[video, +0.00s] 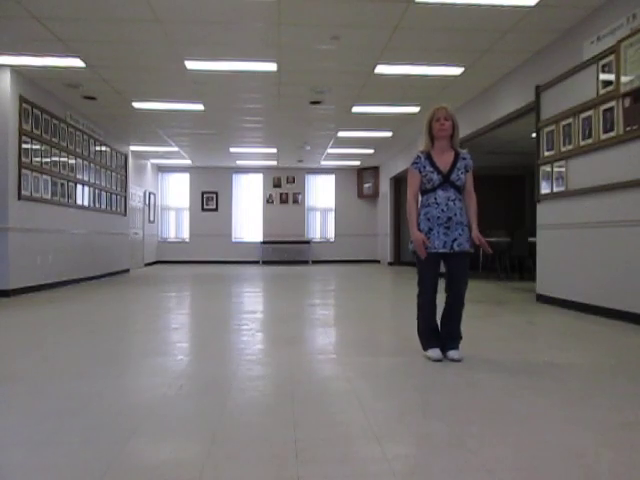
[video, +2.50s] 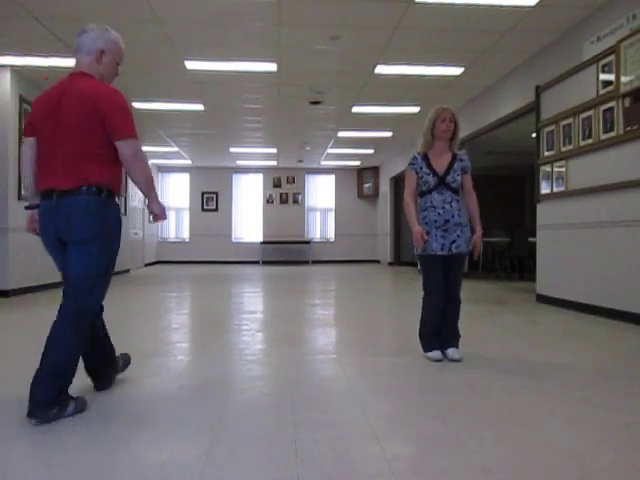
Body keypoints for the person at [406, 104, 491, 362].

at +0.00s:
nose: (443, 124)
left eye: (446, 120)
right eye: (438, 121)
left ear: (454, 126)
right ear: (430, 127)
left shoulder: (464, 159)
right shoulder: (420, 160)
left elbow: (469, 195)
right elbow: (412, 197)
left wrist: (474, 228)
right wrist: (414, 231)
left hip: (458, 228)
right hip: (429, 228)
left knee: (457, 289)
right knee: (427, 289)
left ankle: (451, 343)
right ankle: (430, 343)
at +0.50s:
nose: (443, 122)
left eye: (447, 118)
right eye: (438, 118)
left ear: (455, 125)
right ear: (431, 125)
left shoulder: (464, 158)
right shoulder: (420, 158)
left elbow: (469, 193)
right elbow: (411, 196)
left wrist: (474, 226)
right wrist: (414, 228)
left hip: (458, 229)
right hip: (430, 229)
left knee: (453, 290)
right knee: (432, 290)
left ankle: (450, 343)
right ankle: (431, 344)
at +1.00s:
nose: (437, 125)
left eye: (441, 121)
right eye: (433, 123)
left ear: (452, 126)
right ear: (428, 130)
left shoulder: (464, 160)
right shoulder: (421, 161)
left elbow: (473, 196)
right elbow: (412, 199)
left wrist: (481, 226)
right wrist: (412, 232)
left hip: (456, 230)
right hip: (428, 230)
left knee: (460, 288)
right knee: (426, 288)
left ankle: (451, 343)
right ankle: (430, 343)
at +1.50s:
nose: (441, 125)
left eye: (445, 121)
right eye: (436, 121)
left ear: (452, 127)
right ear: (429, 128)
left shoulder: (462, 160)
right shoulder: (419, 161)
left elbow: (470, 196)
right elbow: (410, 198)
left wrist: (477, 228)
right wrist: (417, 226)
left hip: (460, 232)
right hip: (432, 232)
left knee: (454, 292)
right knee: (435, 291)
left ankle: (451, 343)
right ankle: (432, 344)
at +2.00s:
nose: (444, 126)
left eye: (447, 123)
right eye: (438, 123)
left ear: (452, 128)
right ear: (429, 128)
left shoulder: (462, 160)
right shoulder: (419, 163)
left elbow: (472, 194)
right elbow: (410, 201)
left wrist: (483, 221)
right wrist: (412, 233)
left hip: (456, 232)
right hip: (427, 232)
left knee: (459, 287)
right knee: (425, 289)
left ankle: (451, 343)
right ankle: (430, 343)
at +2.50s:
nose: (447, 125)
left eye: (451, 122)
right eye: (443, 121)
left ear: (455, 128)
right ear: (432, 126)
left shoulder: (461, 160)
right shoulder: (418, 160)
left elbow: (470, 195)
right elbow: (409, 197)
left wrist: (477, 229)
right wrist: (415, 226)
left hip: (457, 231)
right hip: (429, 232)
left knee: (453, 291)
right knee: (434, 290)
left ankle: (451, 343)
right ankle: (431, 344)